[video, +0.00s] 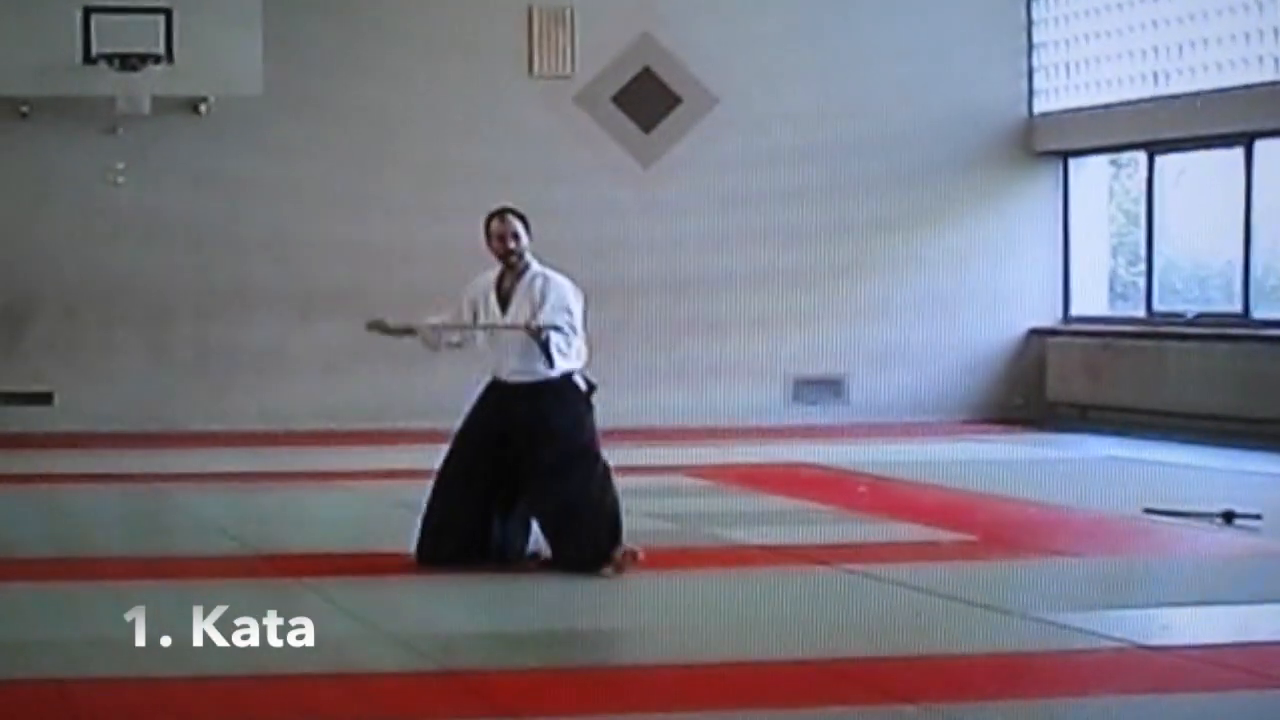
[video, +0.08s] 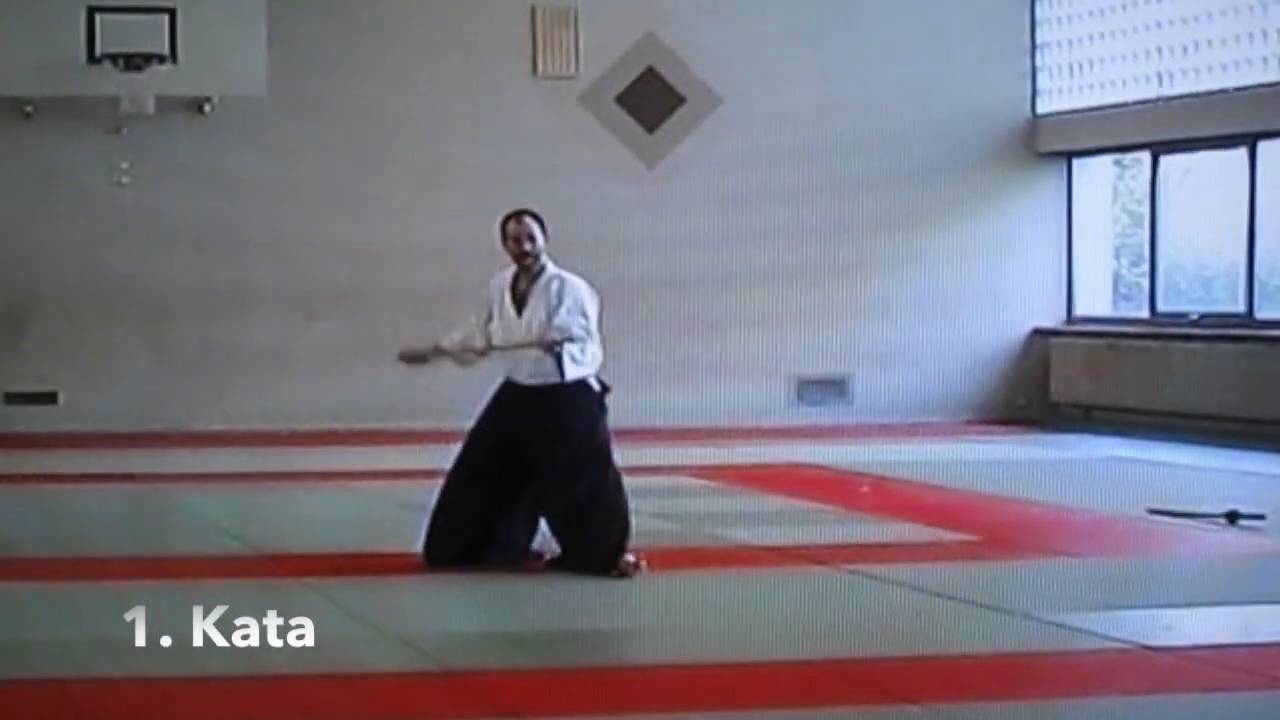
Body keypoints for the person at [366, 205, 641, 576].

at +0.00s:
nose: (509, 245)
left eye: (515, 236)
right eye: (499, 239)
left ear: (528, 238)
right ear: (490, 246)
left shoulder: (556, 289)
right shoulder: (481, 290)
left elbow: (572, 351)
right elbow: (457, 335)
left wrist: (545, 338)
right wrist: (410, 330)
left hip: (553, 395)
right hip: (503, 393)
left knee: (574, 476)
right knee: (471, 470)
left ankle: (602, 551)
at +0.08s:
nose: (524, 247)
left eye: (530, 238)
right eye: (515, 241)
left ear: (544, 241)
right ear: (506, 247)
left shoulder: (571, 289)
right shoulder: (499, 289)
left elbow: (583, 346)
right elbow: (479, 343)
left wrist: (556, 346)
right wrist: (434, 352)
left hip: (566, 398)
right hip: (516, 395)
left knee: (583, 480)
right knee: (483, 470)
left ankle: (604, 555)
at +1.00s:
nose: (615, 224)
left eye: (621, 216)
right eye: (606, 218)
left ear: (634, 221)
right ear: (594, 225)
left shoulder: (654, 270)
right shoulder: (578, 272)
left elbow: (660, 311)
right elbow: (576, 330)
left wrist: (661, 333)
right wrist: (616, 355)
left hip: (639, 376)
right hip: (593, 376)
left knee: (638, 466)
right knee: (594, 465)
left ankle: (649, 554)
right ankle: (598, 552)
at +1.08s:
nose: (609, 223)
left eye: (615, 215)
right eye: (600, 217)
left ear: (629, 219)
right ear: (589, 225)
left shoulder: (650, 267)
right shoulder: (574, 272)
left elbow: (661, 303)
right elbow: (574, 328)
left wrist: (663, 327)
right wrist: (610, 351)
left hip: (637, 373)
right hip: (591, 374)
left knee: (635, 464)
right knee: (585, 463)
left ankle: (648, 554)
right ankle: (594, 550)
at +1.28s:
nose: (585, 225)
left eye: (591, 217)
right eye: (576, 220)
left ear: (605, 221)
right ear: (566, 229)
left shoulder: (630, 271)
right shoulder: (558, 280)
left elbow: (659, 322)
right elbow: (552, 338)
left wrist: (656, 358)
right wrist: (589, 363)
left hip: (626, 380)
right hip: (576, 381)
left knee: (628, 467)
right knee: (554, 459)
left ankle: (639, 556)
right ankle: (562, 540)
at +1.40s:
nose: (565, 231)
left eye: (571, 222)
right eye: (556, 225)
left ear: (587, 226)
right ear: (548, 234)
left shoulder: (613, 278)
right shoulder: (542, 287)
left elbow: (638, 333)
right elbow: (527, 342)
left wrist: (630, 370)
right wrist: (546, 370)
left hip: (611, 389)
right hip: (560, 390)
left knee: (622, 475)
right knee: (529, 466)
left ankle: (636, 559)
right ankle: (507, 541)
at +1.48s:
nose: (555, 235)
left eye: (561, 227)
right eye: (546, 230)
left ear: (575, 230)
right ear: (538, 239)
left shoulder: (600, 280)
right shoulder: (530, 291)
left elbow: (623, 336)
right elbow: (511, 344)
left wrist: (613, 371)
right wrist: (518, 369)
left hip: (597, 391)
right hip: (546, 392)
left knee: (615, 472)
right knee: (511, 466)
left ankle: (635, 560)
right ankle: (504, 547)